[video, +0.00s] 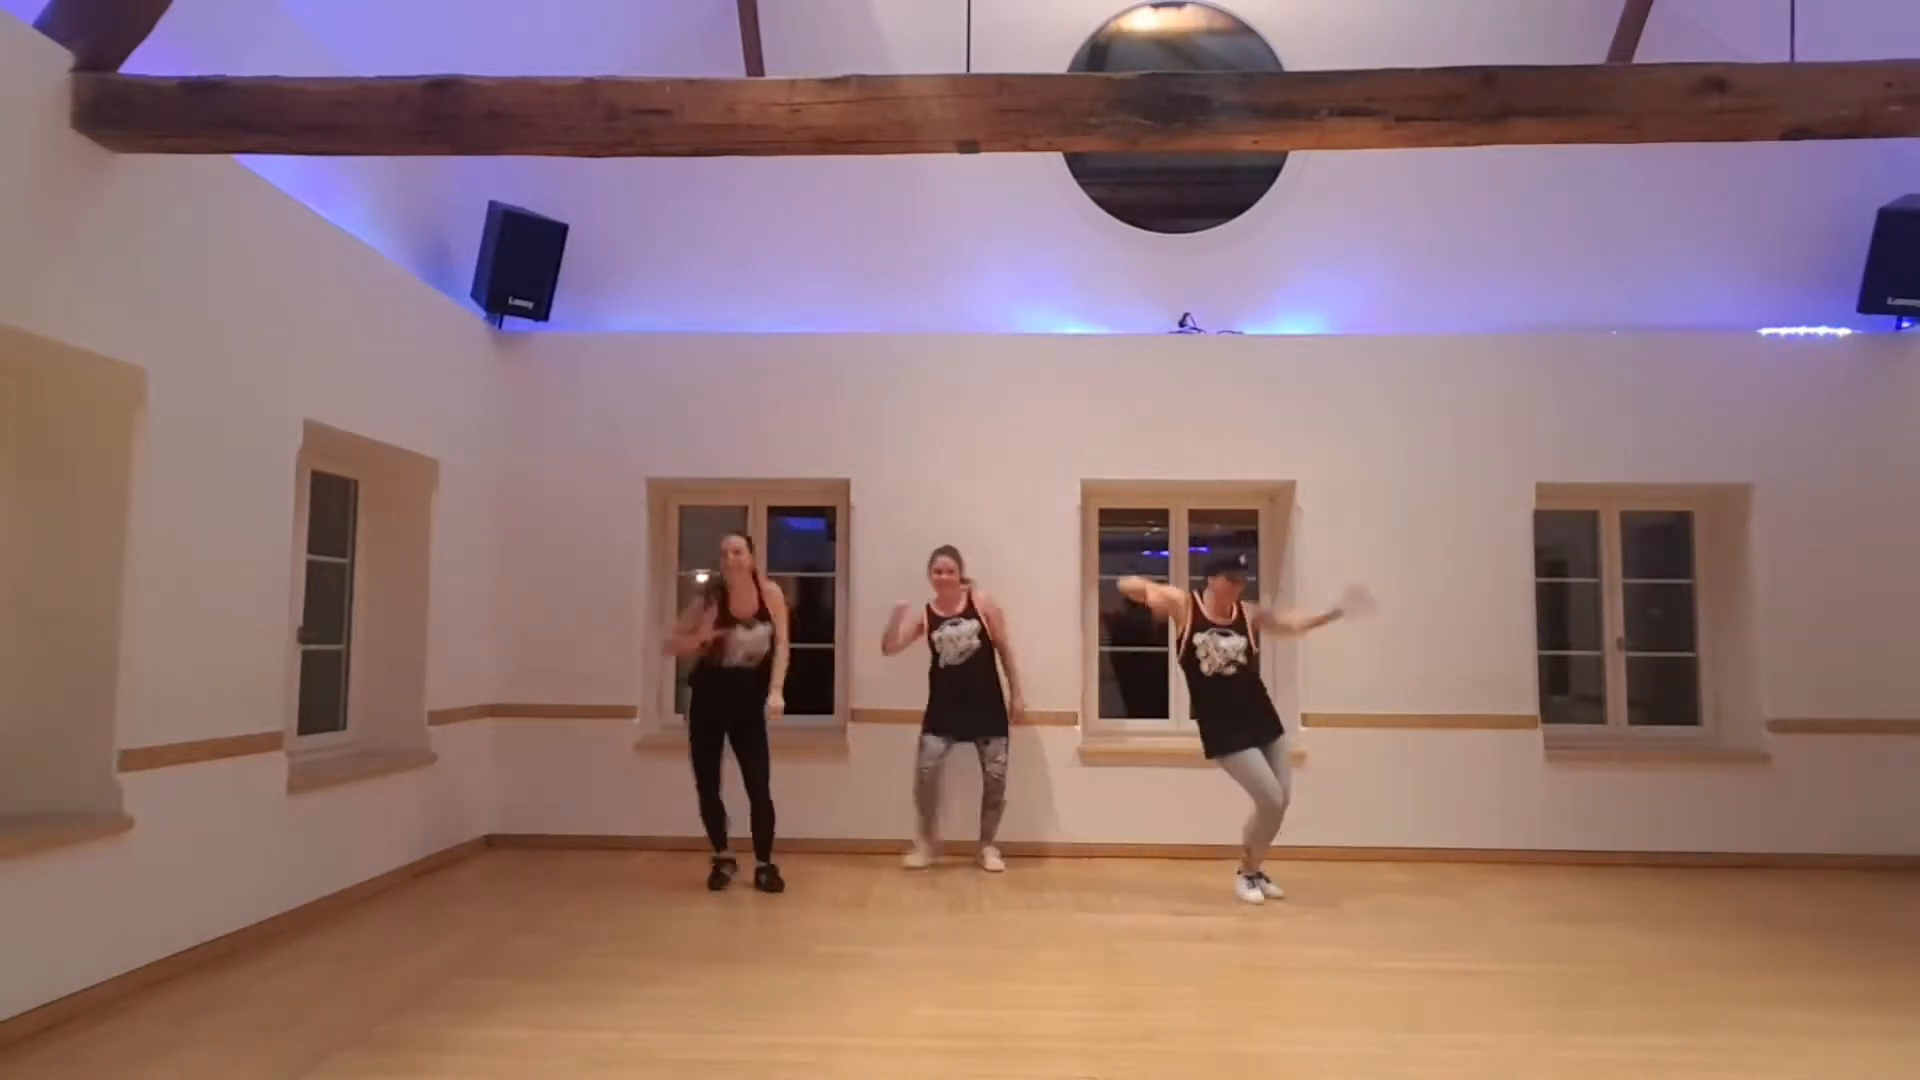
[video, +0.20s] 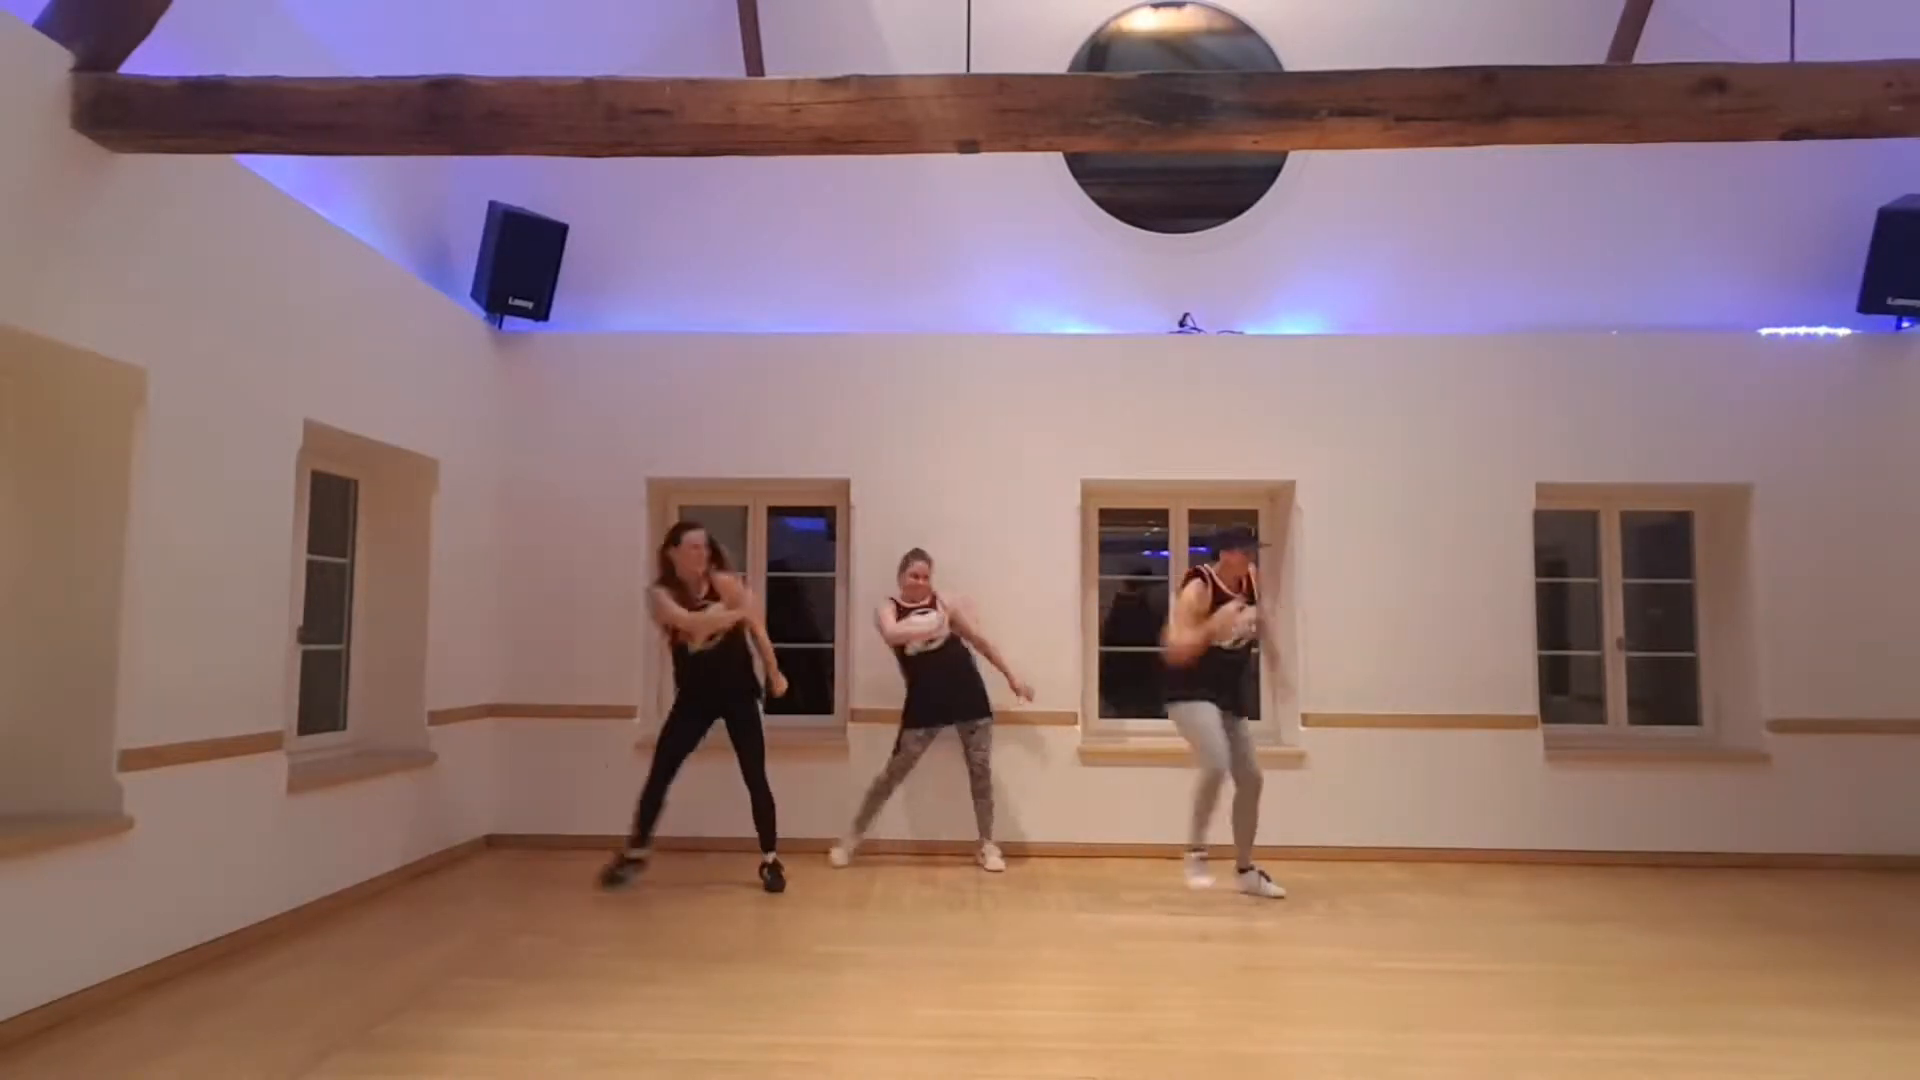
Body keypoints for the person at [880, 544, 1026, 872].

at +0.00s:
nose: (943, 577)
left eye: (950, 571)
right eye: (937, 572)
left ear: (961, 574)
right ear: (929, 576)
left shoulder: (982, 603)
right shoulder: (927, 613)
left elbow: (1004, 649)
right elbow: (889, 648)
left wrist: (1016, 694)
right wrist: (896, 621)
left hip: (986, 701)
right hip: (944, 703)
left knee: (996, 775)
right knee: (926, 769)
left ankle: (988, 845)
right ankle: (927, 843)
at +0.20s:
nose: (919, 583)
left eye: (924, 577)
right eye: (913, 576)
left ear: (932, 580)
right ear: (900, 578)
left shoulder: (945, 608)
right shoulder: (890, 609)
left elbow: (980, 642)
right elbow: (891, 636)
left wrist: (1012, 678)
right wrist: (932, 627)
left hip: (968, 696)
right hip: (926, 700)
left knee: (980, 770)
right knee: (894, 773)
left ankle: (987, 843)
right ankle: (852, 838)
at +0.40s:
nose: (893, 593)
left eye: (898, 587)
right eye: (887, 586)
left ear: (902, 589)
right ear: (871, 585)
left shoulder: (904, 619)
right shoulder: (857, 605)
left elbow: (941, 658)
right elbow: (883, 629)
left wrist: (981, 694)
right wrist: (927, 640)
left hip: (924, 701)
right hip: (883, 710)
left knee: (956, 767)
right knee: (868, 779)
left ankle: (981, 841)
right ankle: (848, 843)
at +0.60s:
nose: (873, 584)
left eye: (878, 578)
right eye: (867, 577)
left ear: (884, 579)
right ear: (853, 576)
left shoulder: (890, 607)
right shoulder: (839, 599)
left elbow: (909, 655)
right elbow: (853, 642)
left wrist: (927, 702)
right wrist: (888, 672)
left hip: (896, 698)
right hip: (855, 701)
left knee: (932, 758)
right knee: (851, 774)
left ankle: (949, 841)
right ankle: (846, 843)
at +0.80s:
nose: (866, 569)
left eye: (873, 563)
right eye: (861, 562)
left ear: (881, 566)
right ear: (850, 564)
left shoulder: (892, 597)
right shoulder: (836, 591)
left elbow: (920, 631)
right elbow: (818, 638)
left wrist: (915, 679)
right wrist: (834, 682)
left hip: (886, 690)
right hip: (846, 691)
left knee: (890, 761)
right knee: (845, 768)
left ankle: (899, 840)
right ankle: (846, 841)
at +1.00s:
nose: (868, 577)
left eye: (874, 572)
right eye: (862, 572)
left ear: (883, 577)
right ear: (853, 575)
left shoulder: (897, 609)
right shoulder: (838, 610)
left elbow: (913, 654)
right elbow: (823, 657)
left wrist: (910, 701)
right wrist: (824, 702)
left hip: (884, 704)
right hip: (847, 703)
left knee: (858, 768)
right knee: (833, 770)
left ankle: (881, 842)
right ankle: (853, 843)